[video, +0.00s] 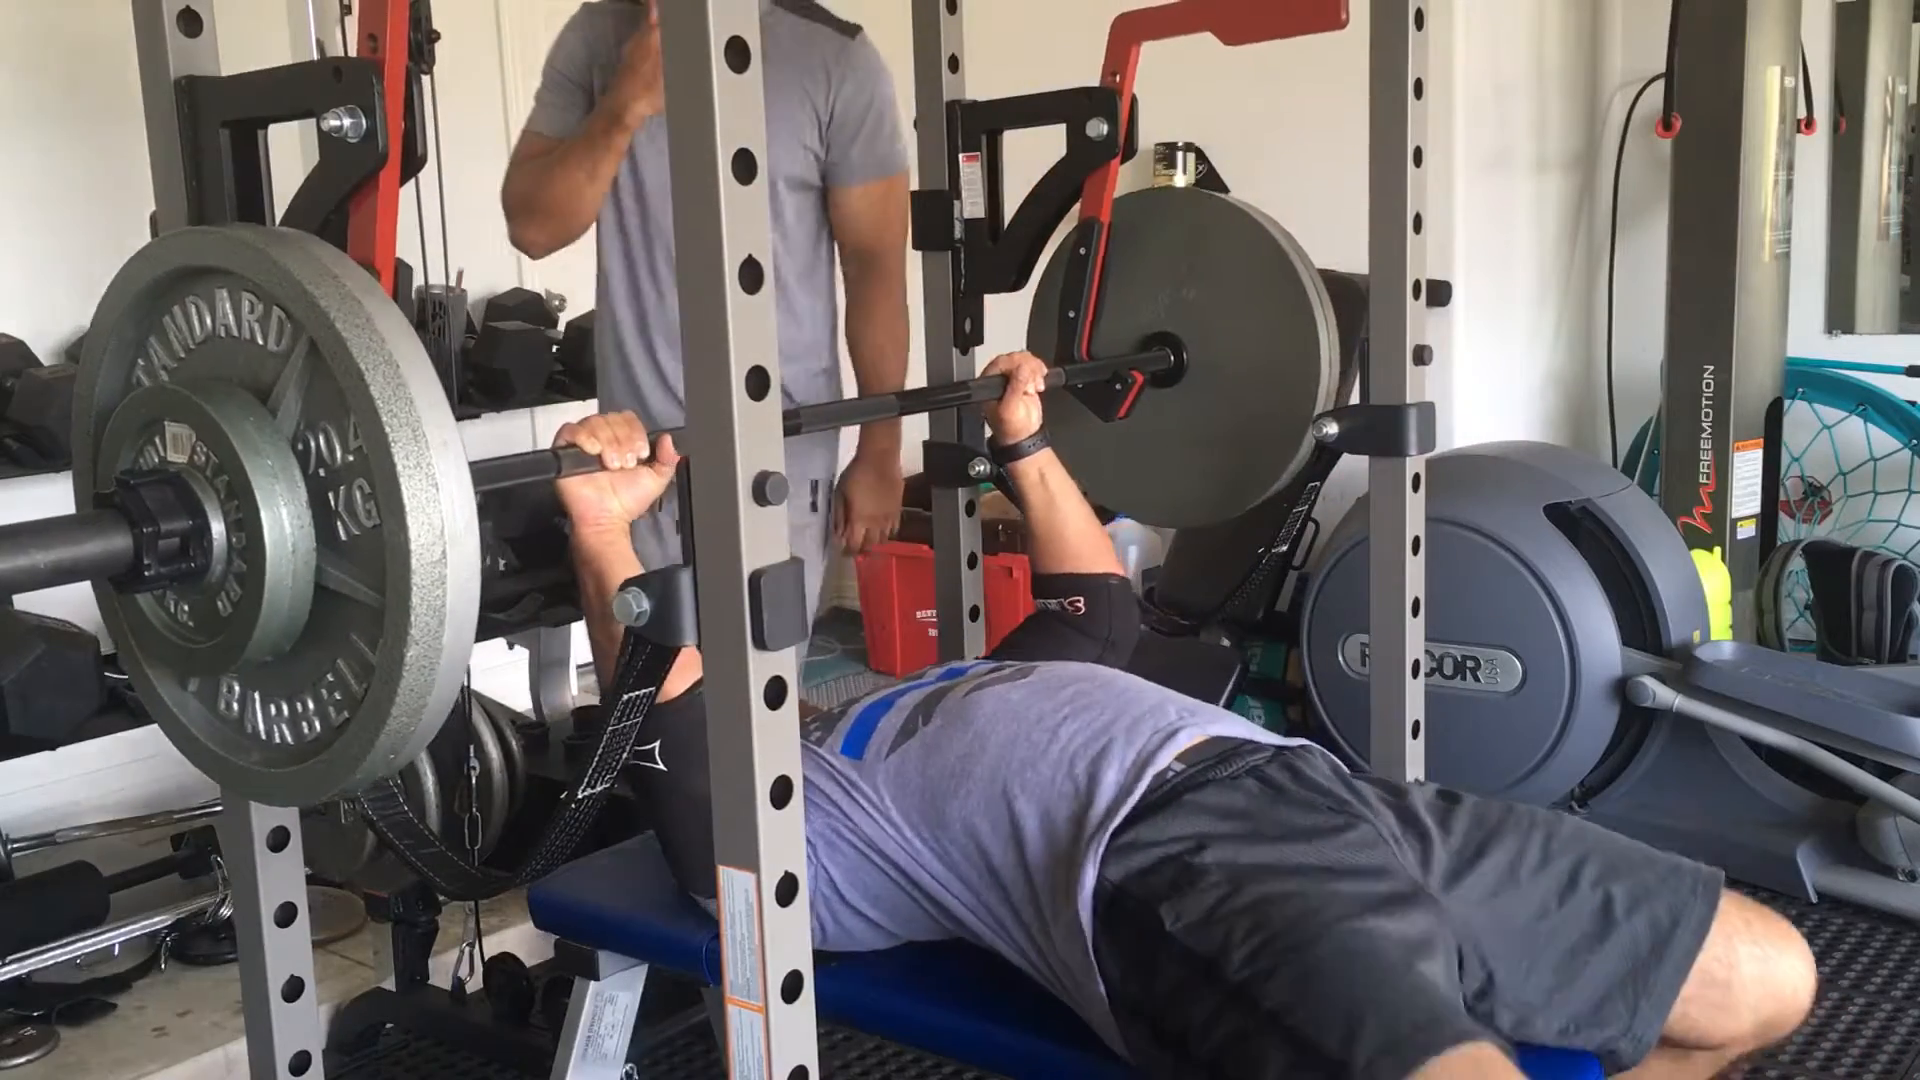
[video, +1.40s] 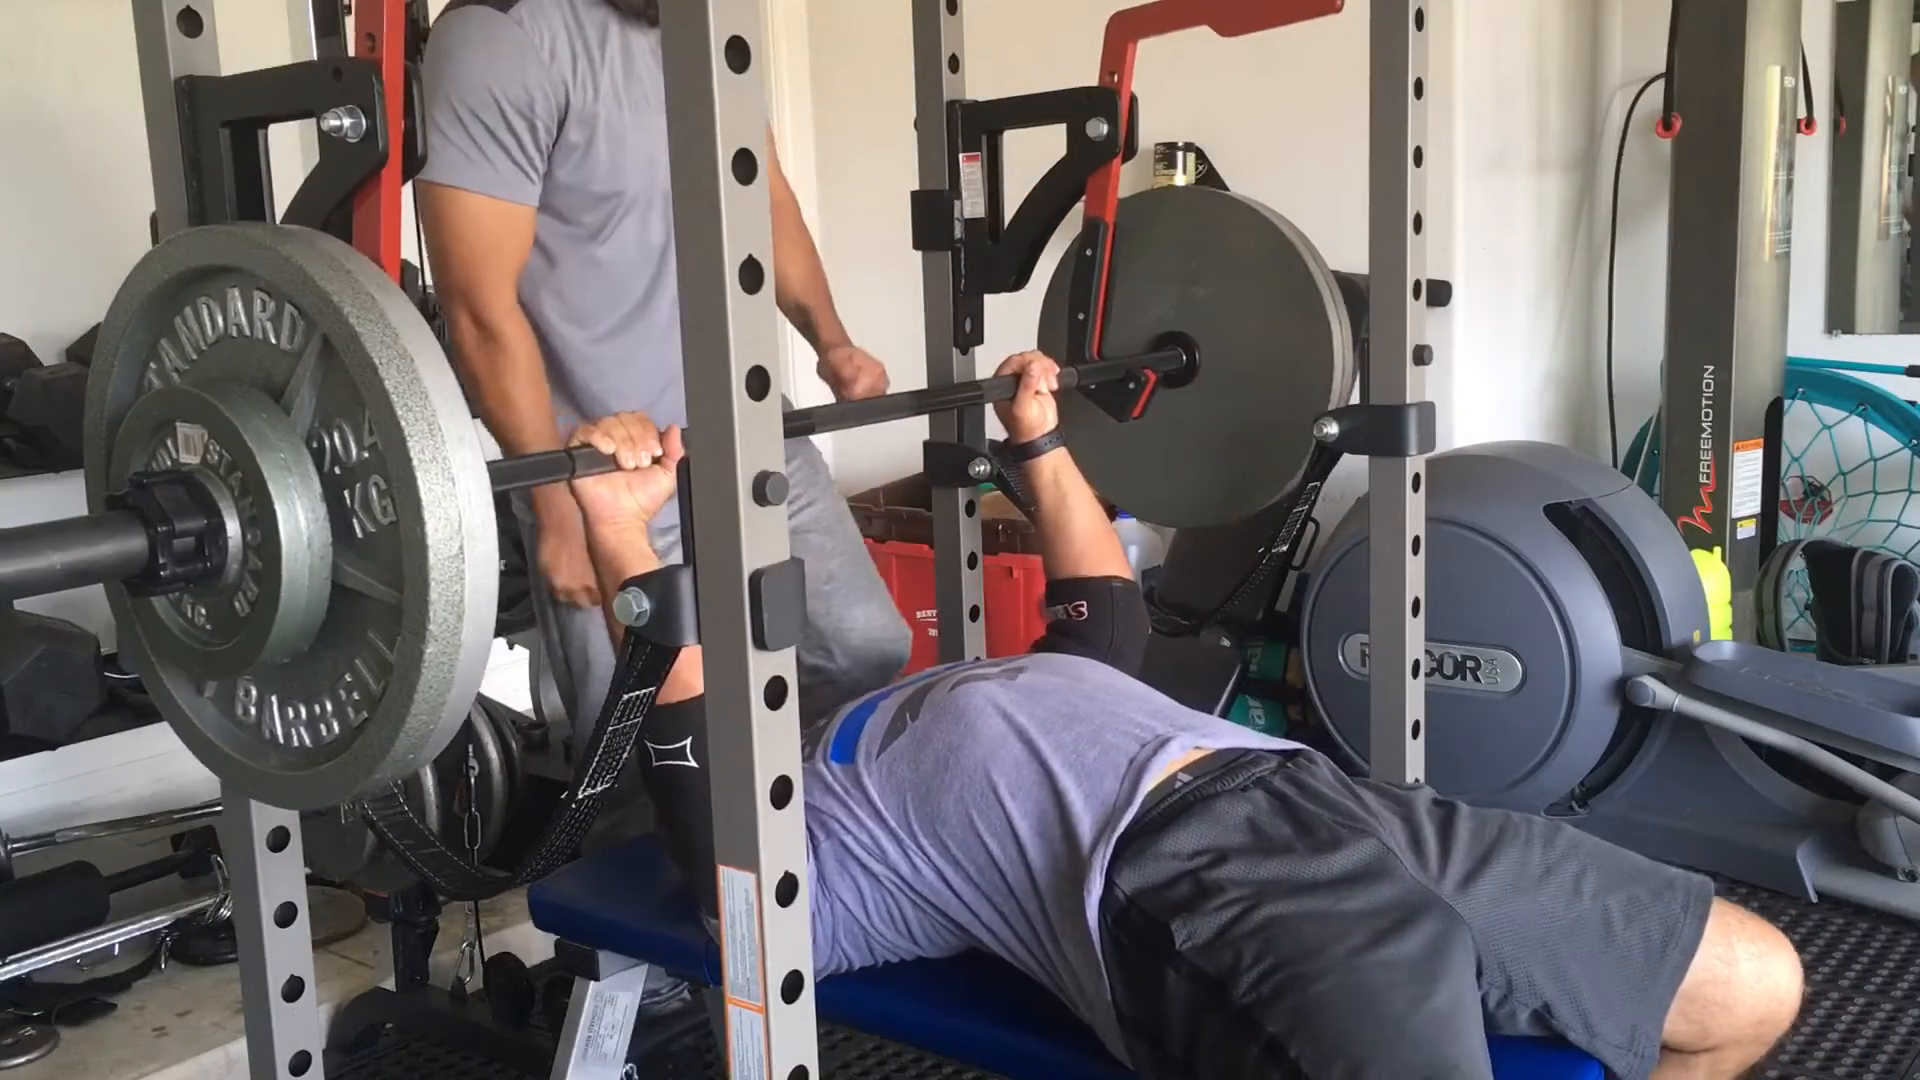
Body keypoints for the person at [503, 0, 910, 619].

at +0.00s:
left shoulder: (835, 57)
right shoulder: (603, 31)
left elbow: (874, 264)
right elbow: (532, 226)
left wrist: (881, 453)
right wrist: (621, 111)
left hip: (786, 444)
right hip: (643, 446)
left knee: (764, 689)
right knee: (653, 695)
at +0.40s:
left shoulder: (833, 53)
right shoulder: (574, 31)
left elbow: (870, 257)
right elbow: (504, 233)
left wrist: (877, 433)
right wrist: (626, 178)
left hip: (776, 445)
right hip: (622, 445)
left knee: (767, 700)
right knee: (639, 706)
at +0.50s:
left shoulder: (830, 51)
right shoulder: (569, 31)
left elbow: (864, 252)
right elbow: (503, 229)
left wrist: (882, 429)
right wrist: (637, 284)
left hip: (772, 454)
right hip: (620, 455)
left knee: (765, 709)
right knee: (642, 715)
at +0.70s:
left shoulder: (807, 37)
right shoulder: (556, 36)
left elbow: (847, 240)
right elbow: (526, 265)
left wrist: (880, 421)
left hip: (770, 453)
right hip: (622, 463)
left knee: (767, 706)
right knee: (636, 725)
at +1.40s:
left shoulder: (705, 28)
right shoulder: (499, 40)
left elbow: (763, 190)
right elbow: (478, 311)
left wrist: (829, 337)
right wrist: (556, 505)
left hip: (756, 439)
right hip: (600, 479)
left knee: (868, 650)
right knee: (643, 758)